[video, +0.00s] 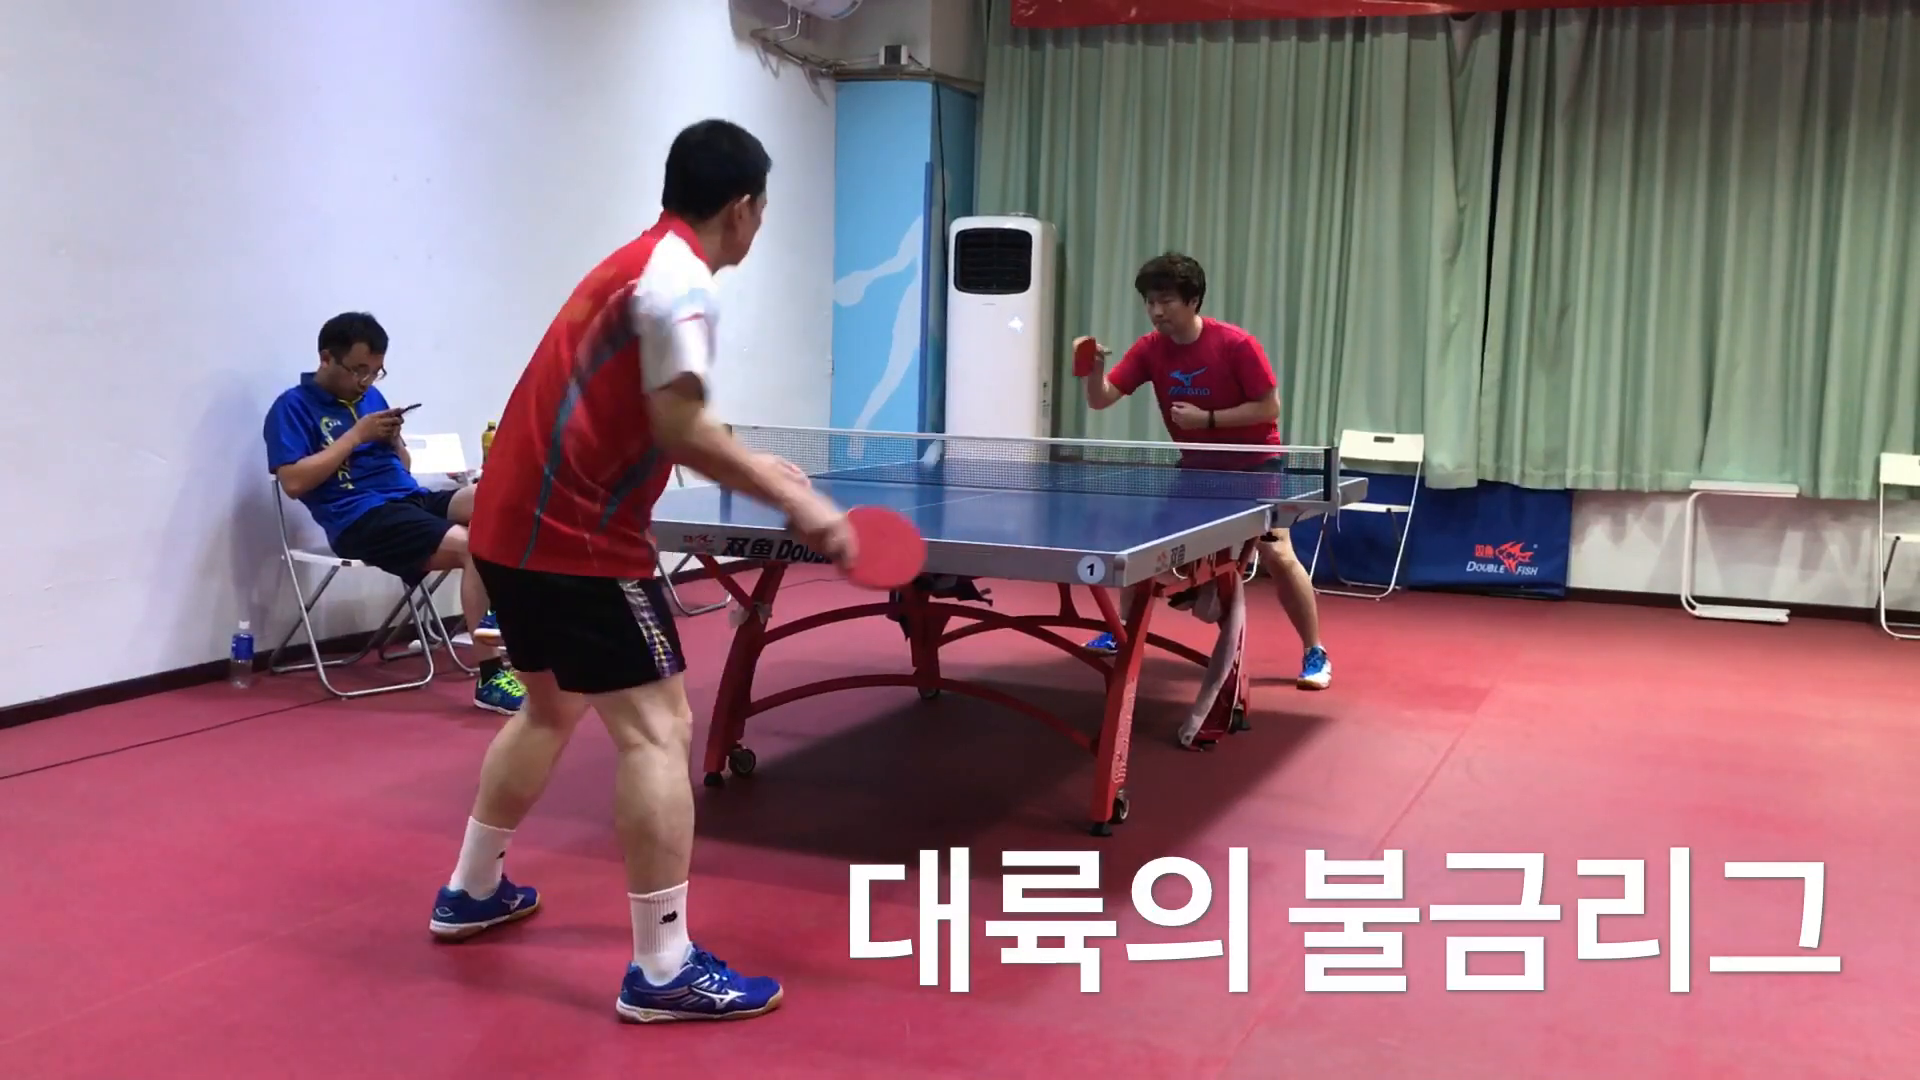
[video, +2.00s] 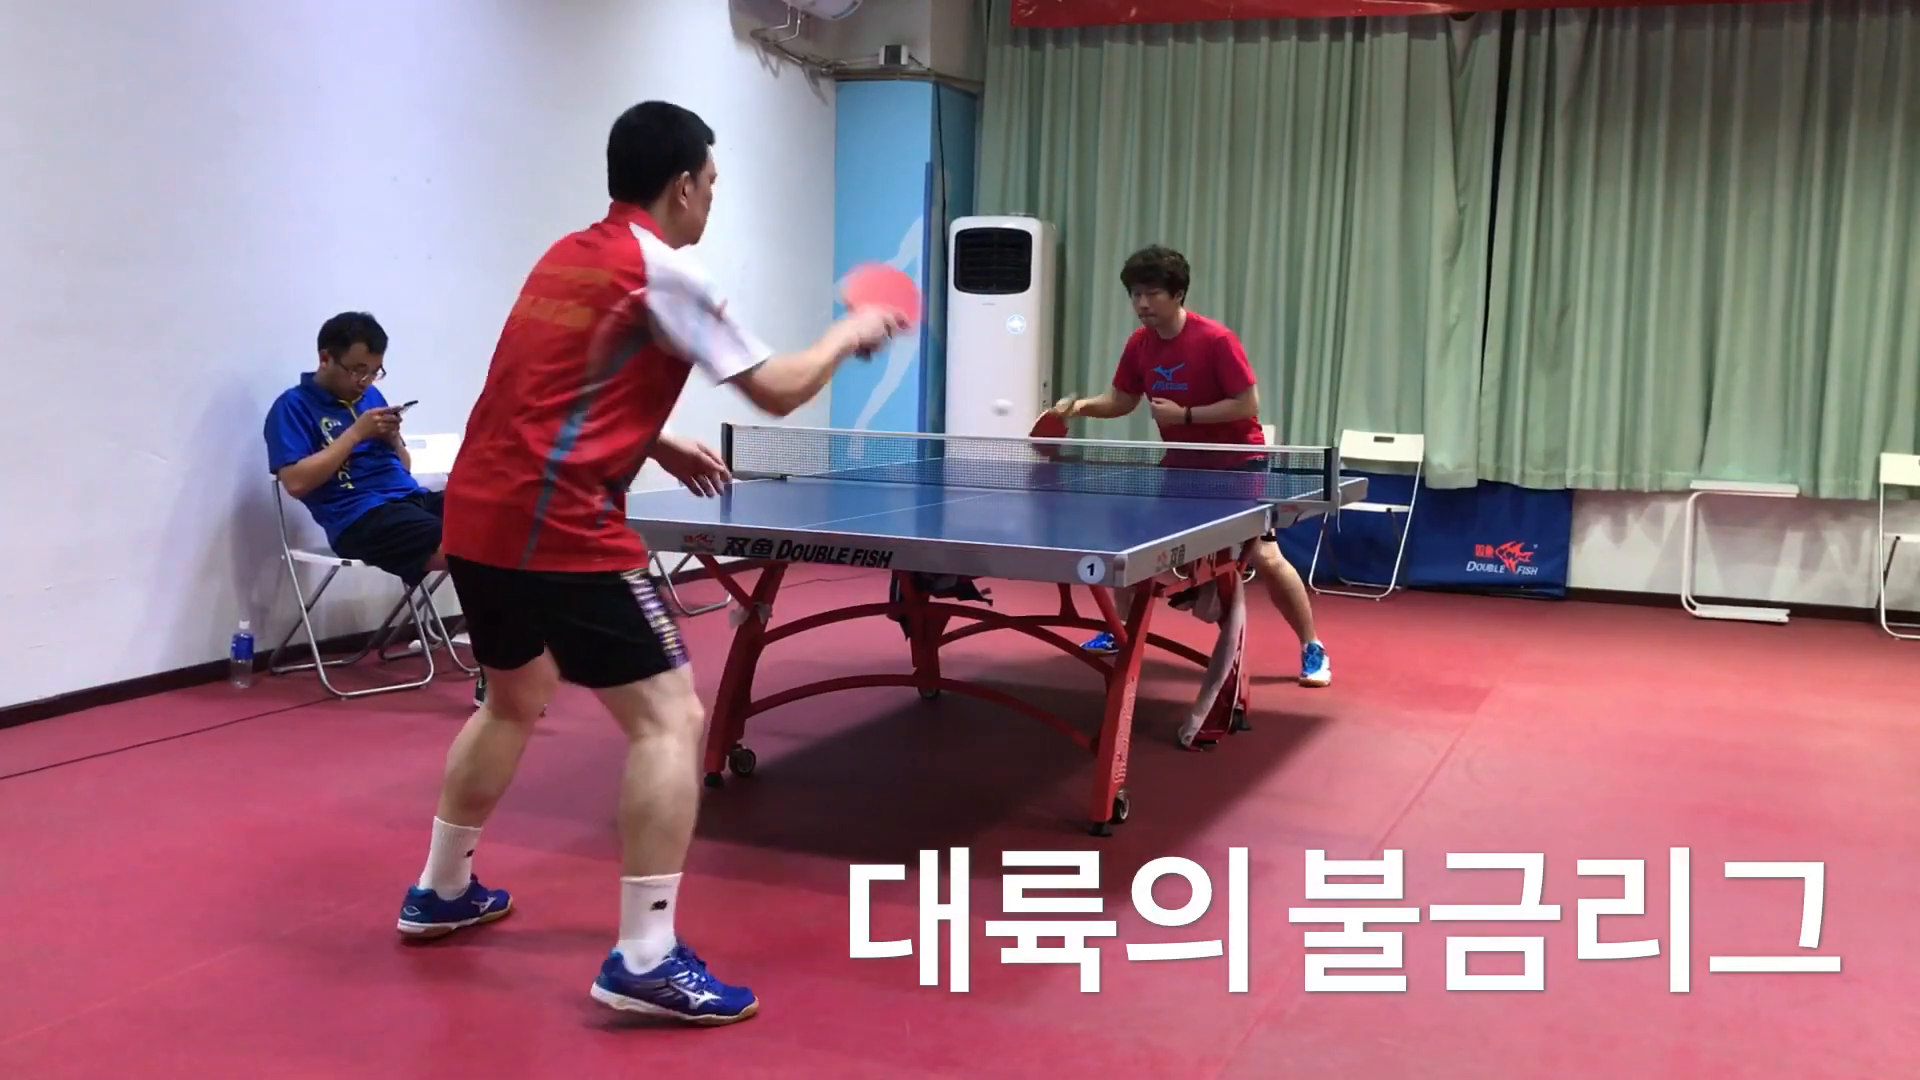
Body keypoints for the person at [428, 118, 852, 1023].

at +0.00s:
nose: (758, 224)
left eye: (759, 208)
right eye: (759, 207)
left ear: (680, 193)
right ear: (738, 206)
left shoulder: (639, 263)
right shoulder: (676, 278)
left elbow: (663, 420)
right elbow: (682, 430)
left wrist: (751, 464)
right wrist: (798, 504)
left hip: (512, 525)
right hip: (577, 536)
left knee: (550, 710)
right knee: (657, 729)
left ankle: (470, 889)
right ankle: (664, 966)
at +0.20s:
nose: (726, 221)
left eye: (730, 205)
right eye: (726, 202)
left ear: (668, 181)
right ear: (694, 190)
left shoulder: (631, 250)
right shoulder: (615, 235)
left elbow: (591, 384)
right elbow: (557, 358)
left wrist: (654, 456)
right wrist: (695, 402)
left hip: (526, 519)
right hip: (560, 522)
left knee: (552, 705)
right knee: (640, 714)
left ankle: (471, 887)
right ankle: (664, 952)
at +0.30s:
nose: (704, 190)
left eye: (705, 173)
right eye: (704, 172)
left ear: (625, 155)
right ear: (677, 164)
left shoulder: (579, 217)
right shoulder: (619, 219)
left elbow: (557, 375)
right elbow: (666, 359)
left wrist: (631, 447)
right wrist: (727, 333)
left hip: (504, 500)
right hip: (565, 502)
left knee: (539, 693)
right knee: (644, 697)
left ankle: (470, 884)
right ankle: (647, 939)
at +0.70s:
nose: (707, 186)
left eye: (704, 173)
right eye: (705, 173)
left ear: (612, 172)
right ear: (690, 178)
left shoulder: (551, 255)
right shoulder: (692, 274)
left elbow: (540, 406)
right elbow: (751, 425)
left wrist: (651, 458)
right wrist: (797, 423)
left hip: (499, 526)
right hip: (600, 544)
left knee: (518, 684)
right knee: (677, 734)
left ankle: (462, 871)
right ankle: (638, 967)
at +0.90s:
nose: (747, 215)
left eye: (747, 197)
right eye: (746, 197)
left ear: (666, 190)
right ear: (718, 198)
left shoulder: (629, 257)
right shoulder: (652, 269)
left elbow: (629, 422)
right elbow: (625, 422)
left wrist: (732, 499)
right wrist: (737, 506)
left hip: (499, 530)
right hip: (555, 542)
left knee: (525, 708)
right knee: (641, 733)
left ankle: (439, 885)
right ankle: (635, 970)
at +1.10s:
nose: (714, 209)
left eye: (715, 191)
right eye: (710, 190)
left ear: (645, 185)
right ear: (674, 188)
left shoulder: (587, 250)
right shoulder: (617, 257)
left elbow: (582, 410)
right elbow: (636, 399)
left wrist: (682, 462)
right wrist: (789, 401)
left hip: (489, 527)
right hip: (548, 536)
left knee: (520, 711)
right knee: (635, 726)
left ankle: (436, 889)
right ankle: (636, 966)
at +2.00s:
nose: (709, 199)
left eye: (708, 182)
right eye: (706, 182)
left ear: (622, 180)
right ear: (680, 184)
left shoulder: (565, 254)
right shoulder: (660, 273)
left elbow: (557, 390)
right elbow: (777, 387)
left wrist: (658, 443)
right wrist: (852, 330)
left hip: (476, 521)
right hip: (564, 528)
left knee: (513, 699)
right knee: (667, 721)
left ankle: (441, 889)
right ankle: (644, 958)